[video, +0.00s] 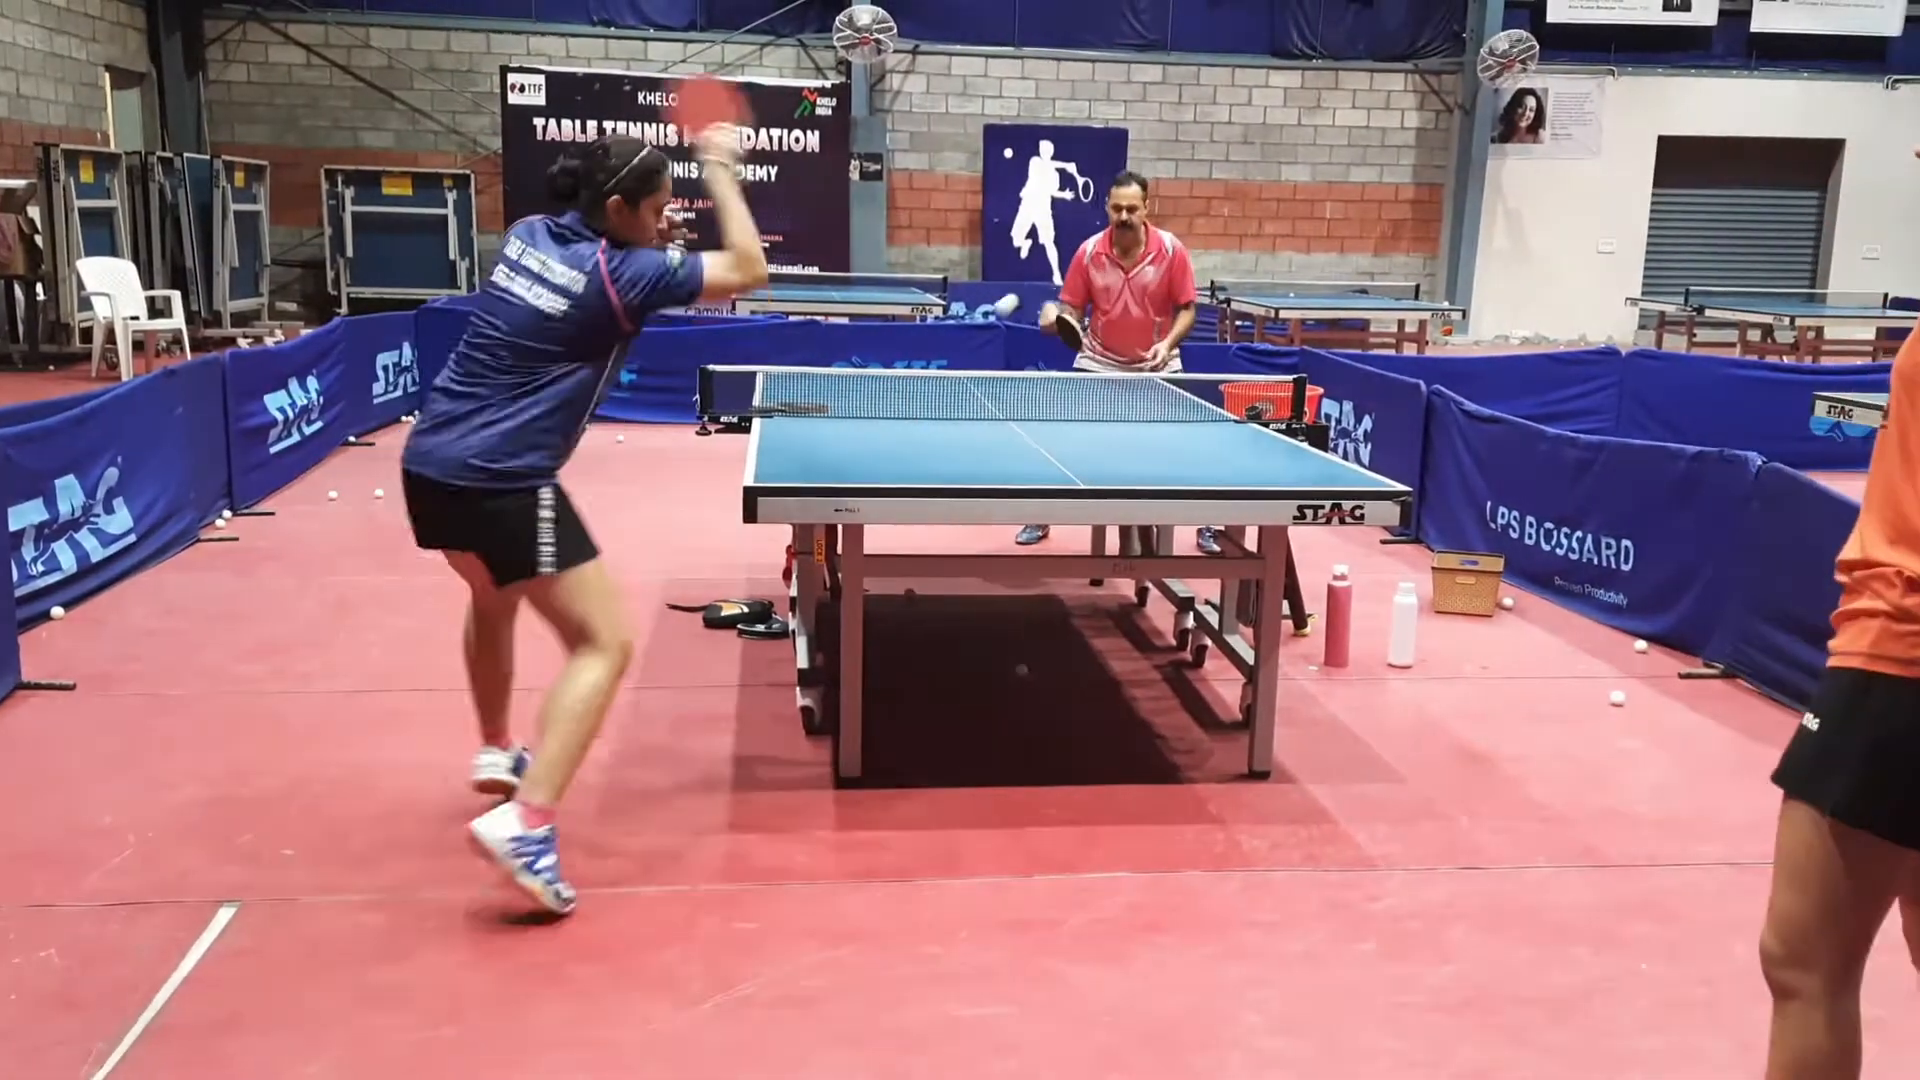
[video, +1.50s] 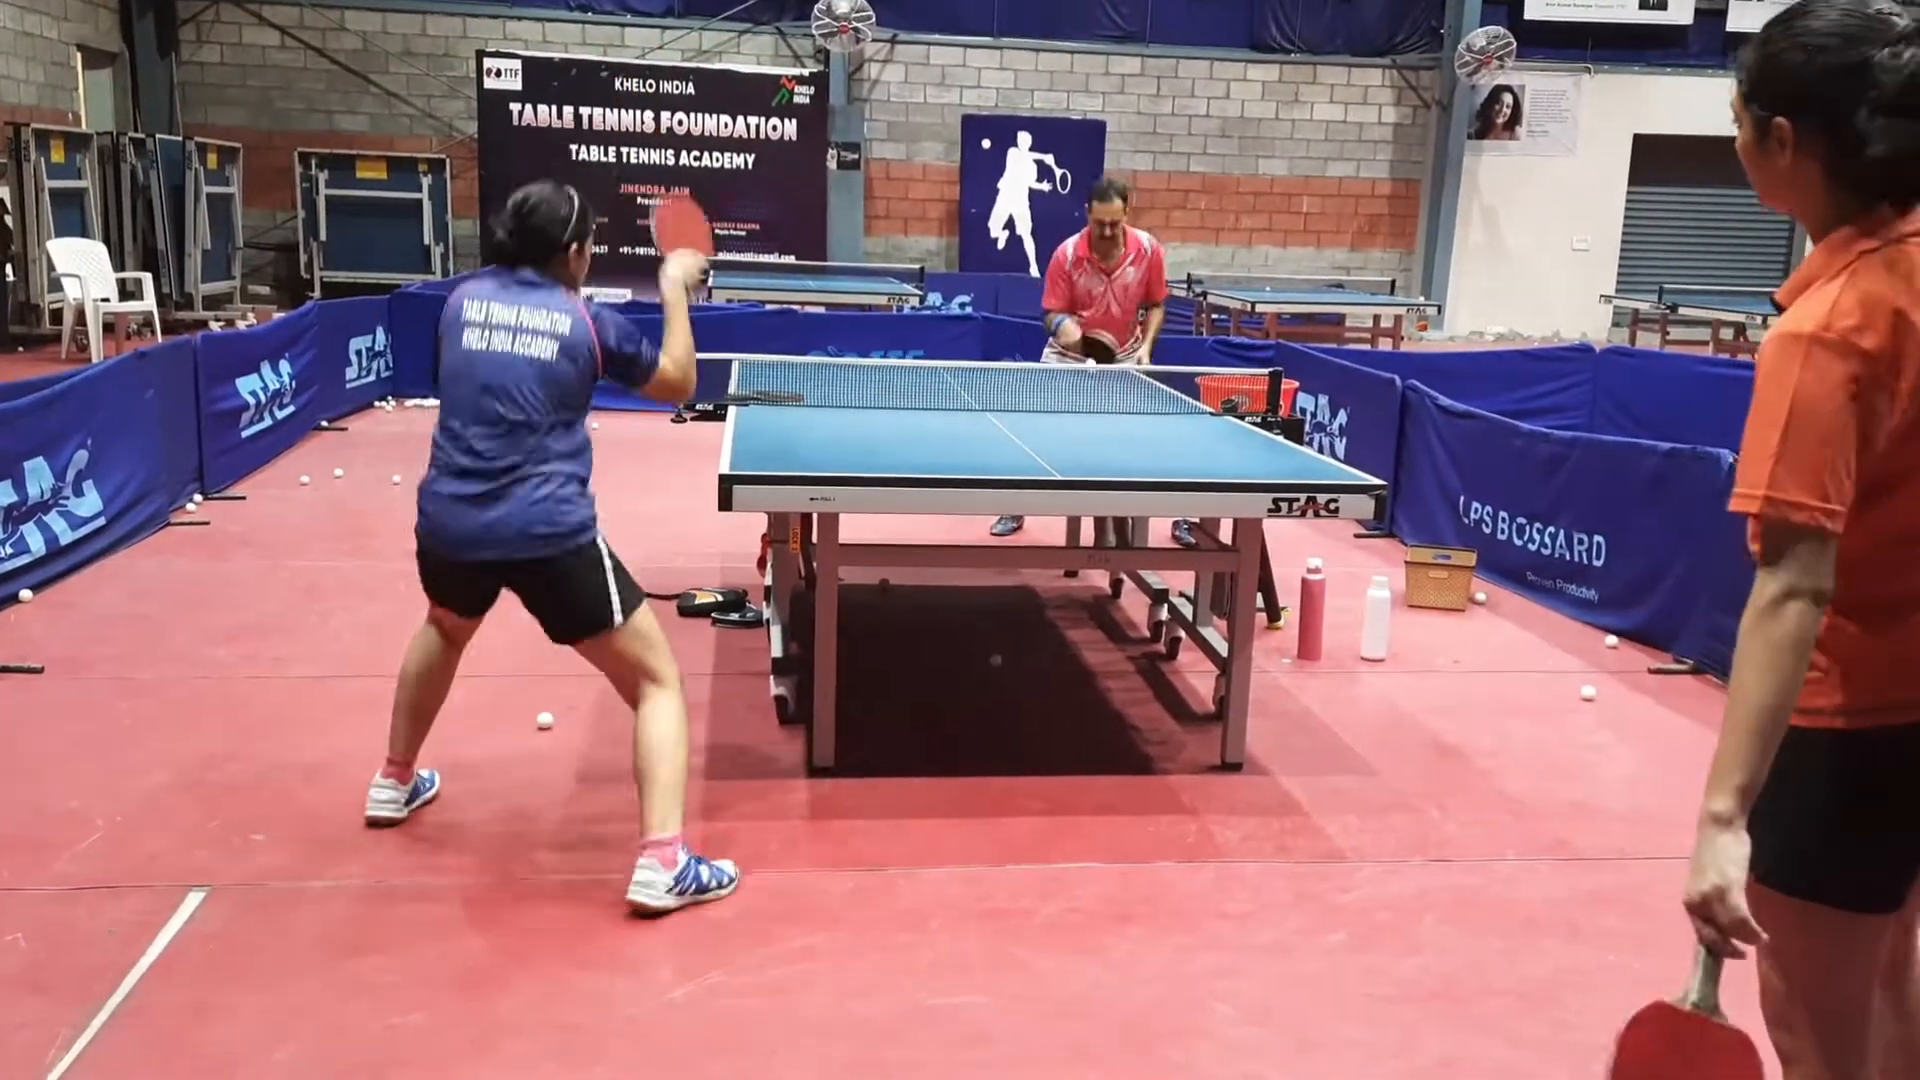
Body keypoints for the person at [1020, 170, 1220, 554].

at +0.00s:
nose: (1124, 217)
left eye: (1132, 210)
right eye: (1117, 209)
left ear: (1146, 209)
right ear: (1107, 209)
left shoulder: (1171, 251)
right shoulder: (1090, 251)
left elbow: (1187, 310)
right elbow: (1072, 309)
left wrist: (1167, 344)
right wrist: (1055, 316)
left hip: (1158, 365)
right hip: (1098, 362)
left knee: (1190, 435)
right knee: (1061, 429)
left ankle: (1209, 522)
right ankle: (1039, 516)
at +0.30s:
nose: (1114, 242)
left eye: (1122, 235)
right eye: (1107, 234)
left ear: (1134, 228)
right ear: (1095, 227)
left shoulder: (1155, 261)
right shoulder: (1074, 264)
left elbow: (1166, 315)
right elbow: (1052, 326)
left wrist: (1158, 358)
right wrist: (1068, 326)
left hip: (1135, 365)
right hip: (1076, 364)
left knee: (1169, 434)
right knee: (1046, 429)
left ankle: (1201, 520)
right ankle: (1032, 516)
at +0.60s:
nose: (1116, 221)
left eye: (1124, 214)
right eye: (1109, 214)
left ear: (1137, 213)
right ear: (1099, 212)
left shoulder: (1154, 252)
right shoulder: (1076, 255)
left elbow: (1163, 305)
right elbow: (1056, 316)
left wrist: (1159, 343)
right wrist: (1074, 334)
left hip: (1133, 363)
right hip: (1075, 361)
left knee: (1164, 434)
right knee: (1044, 430)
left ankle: (1194, 521)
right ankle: (1026, 514)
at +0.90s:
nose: (1114, 224)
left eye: (1122, 216)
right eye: (1107, 215)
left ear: (1137, 214)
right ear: (1097, 213)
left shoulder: (1160, 257)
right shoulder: (1079, 258)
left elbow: (1173, 316)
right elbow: (1064, 314)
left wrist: (1159, 348)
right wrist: (1071, 331)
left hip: (1143, 368)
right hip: (1084, 366)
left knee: (1180, 433)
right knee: (1041, 428)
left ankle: (1190, 520)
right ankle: (1021, 513)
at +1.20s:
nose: (1105, 219)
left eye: (1113, 211)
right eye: (1098, 211)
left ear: (1128, 210)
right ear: (1089, 209)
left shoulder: (1153, 252)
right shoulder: (1072, 253)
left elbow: (1168, 310)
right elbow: (1054, 306)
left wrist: (1152, 340)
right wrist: (1042, 318)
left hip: (1137, 362)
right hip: (1078, 360)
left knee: (1174, 430)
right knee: (1039, 424)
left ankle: (1187, 518)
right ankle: (1018, 509)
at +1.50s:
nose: (1107, 230)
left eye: (1114, 223)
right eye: (1100, 222)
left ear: (1126, 215)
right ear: (1088, 214)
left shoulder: (1148, 250)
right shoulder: (1067, 253)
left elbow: (1156, 304)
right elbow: (1053, 312)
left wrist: (1146, 345)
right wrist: (1066, 326)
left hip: (1125, 357)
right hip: (1068, 354)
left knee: (1156, 426)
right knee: (1033, 419)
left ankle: (1184, 514)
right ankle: (1014, 506)